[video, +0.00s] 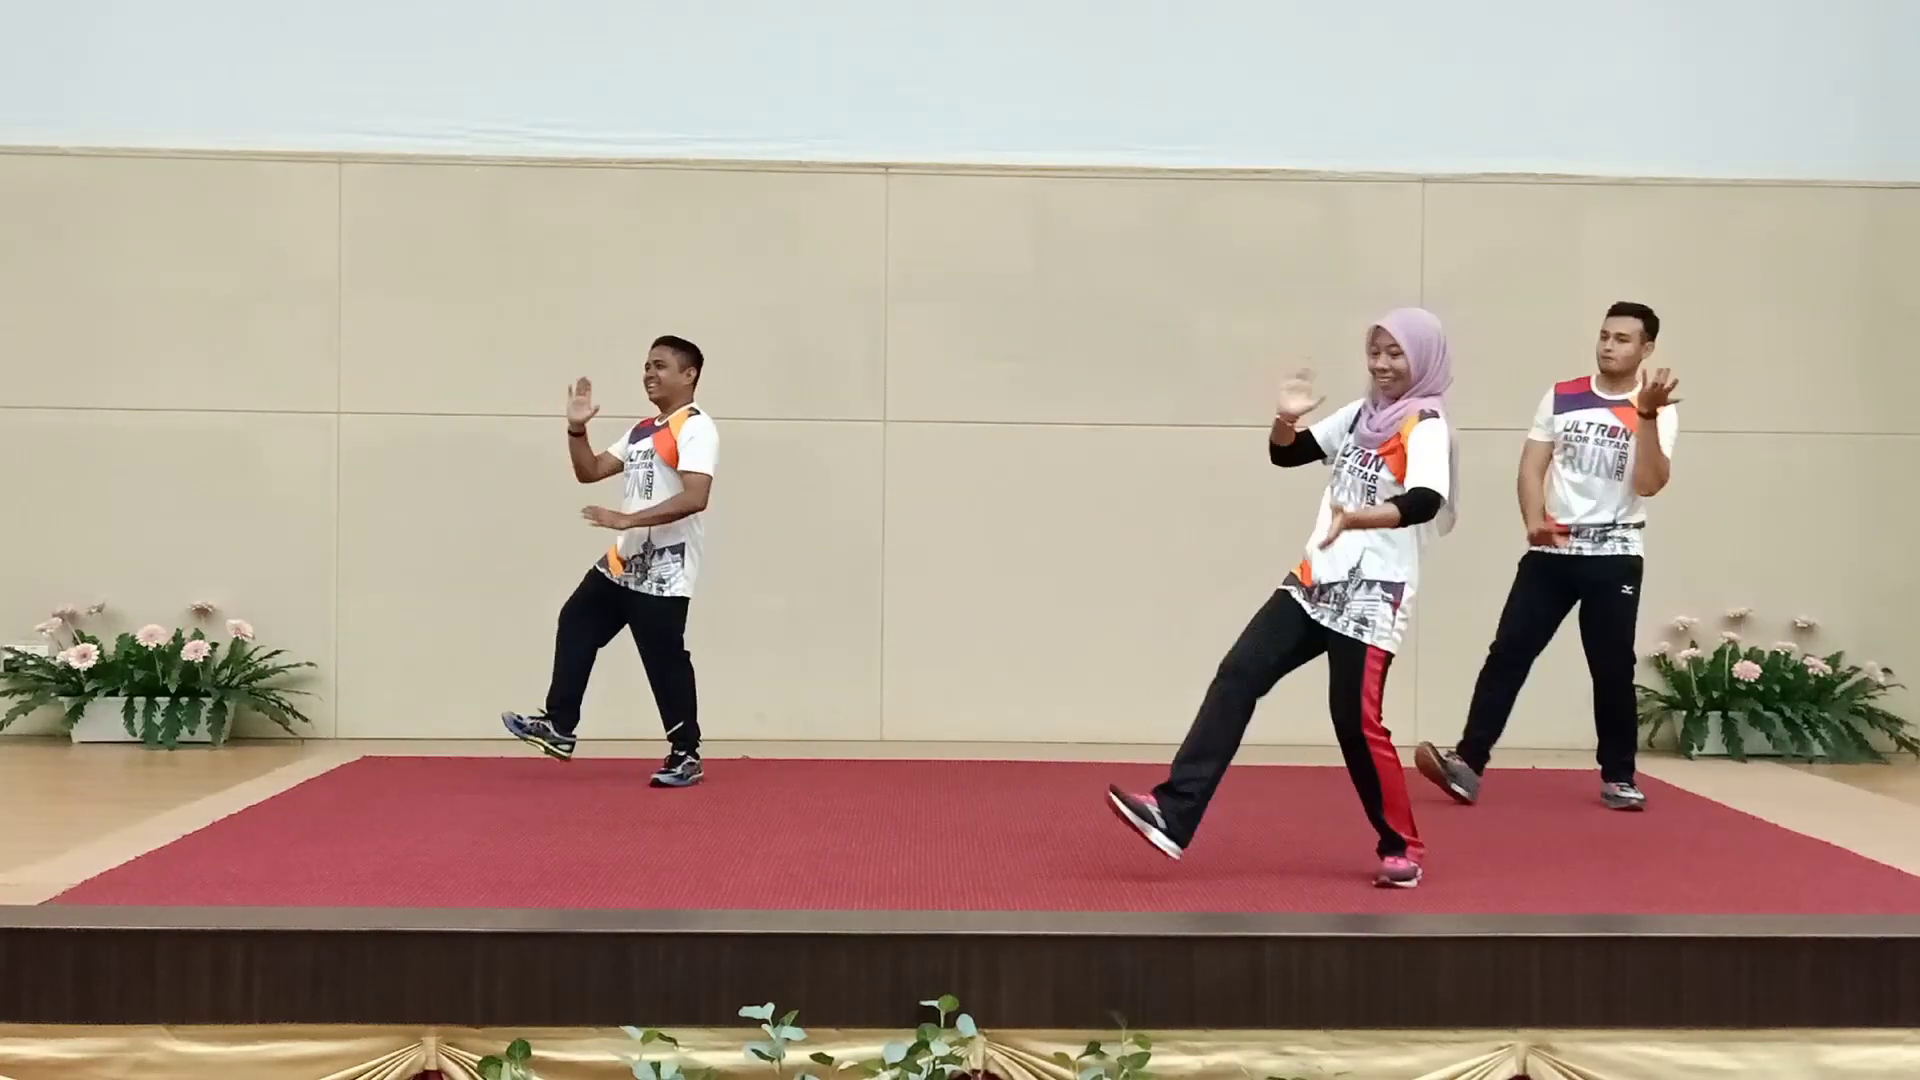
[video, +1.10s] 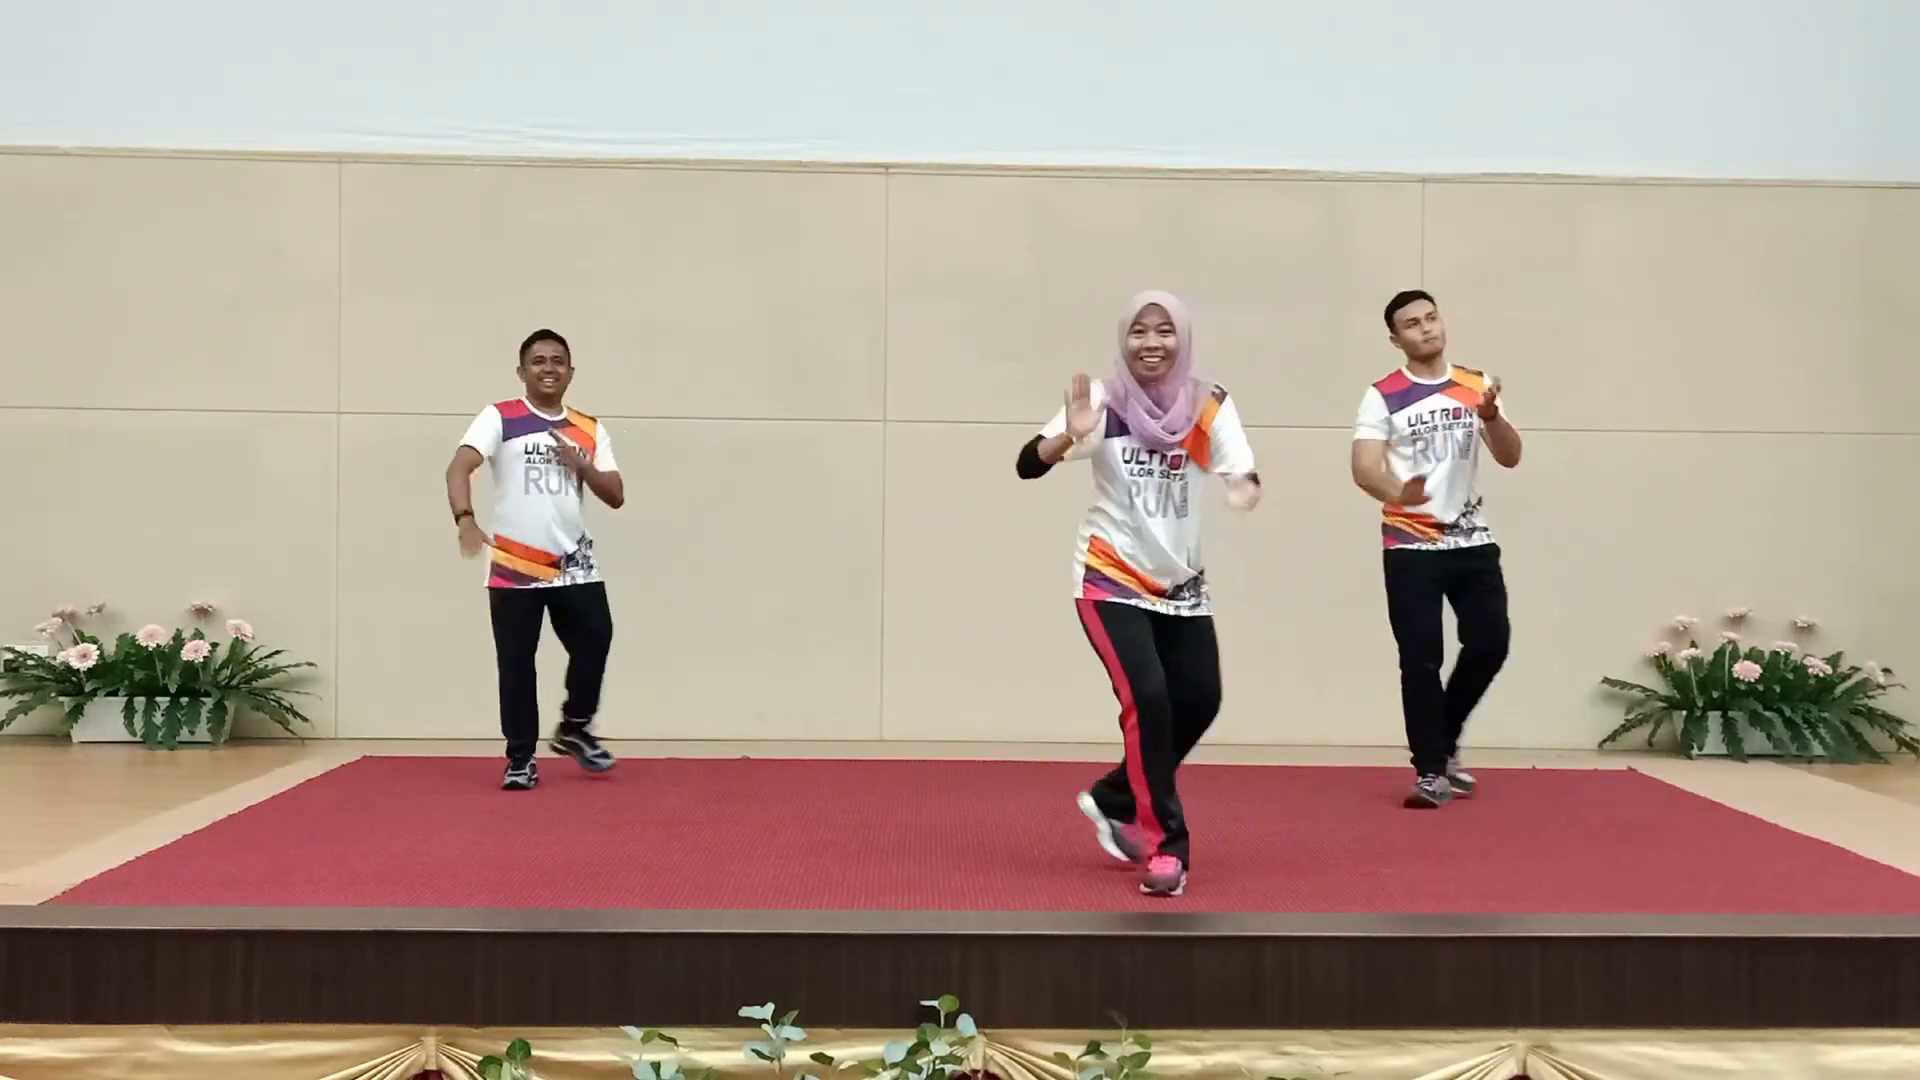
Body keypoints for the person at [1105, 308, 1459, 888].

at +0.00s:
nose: (1382, 362)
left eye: (1395, 353)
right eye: (1376, 351)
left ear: (1425, 361)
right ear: (1368, 356)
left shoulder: (1426, 424)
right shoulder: (1361, 412)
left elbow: (1424, 502)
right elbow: (1287, 455)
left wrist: (1358, 517)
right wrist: (1285, 424)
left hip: (1374, 594)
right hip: (1316, 583)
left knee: (1357, 719)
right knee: (1239, 674)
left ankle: (1401, 848)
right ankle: (1174, 816)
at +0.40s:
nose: (1351, 322)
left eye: (1366, 313)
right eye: (1346, 312)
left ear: (1393, 328)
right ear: (1335, 322)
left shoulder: (1404, 398)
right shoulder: (1309, 375)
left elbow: (1420, 468)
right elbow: (1234, 420)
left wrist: (1368, 425)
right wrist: (1220, 399)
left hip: (1364, 576)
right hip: (1293, 564)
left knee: (1366, 711)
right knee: (1234, 680)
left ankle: (1397, 845)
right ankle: (1190, 827)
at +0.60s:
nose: (1305, 310)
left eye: (1319, 300)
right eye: (1296, 300)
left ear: (1344, 315)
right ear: (1282, 314)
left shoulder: (1366, 380)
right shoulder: (1258, 370)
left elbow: (1404, 441)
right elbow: (1199, 421)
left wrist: (1365, 374)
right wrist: (1168, 439)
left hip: (1334, 564)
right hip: (1258, 557)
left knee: (1353, 701)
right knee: (1220, 684)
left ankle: (1392, 843)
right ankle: (1181, 828)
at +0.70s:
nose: (1273, 322)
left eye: (1286, 313)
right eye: (1263, 313)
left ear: (1307, 327)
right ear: (1248, 328)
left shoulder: (1327, 391)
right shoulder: (1223, 387)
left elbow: (1381, 450)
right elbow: (1171, 445)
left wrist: (1338, 375)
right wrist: (1143, 485)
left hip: (1306, 573)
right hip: (1227, 569)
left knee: (1340, 707)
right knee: (1205, 701)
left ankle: (1390, 844)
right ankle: (1176, 842)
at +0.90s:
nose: (1205, 345)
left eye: (1219, 334)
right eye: (1194, 334)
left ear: (1239, 346)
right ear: (1179, 346)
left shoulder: (1264, 410)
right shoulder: (1156, 407)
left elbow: (1309, 487)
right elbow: (1103, 480)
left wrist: (1274, 418)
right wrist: (1096, 516)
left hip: (1235, 581)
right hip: (1159, 578)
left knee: (1277, 700)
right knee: (1168, 701)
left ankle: (1319, 832)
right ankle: (1170, 846)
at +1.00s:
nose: (1180, 345)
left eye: (1193, 335)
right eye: (1167, 335)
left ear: (1212, 345)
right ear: (1152, 346)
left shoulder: (1234, 409)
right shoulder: (1129, 403)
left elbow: (1279, 494)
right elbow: (1081, 460)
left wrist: (1258, 446)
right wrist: (1070, 471)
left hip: (1205, 582)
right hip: (1134, 579)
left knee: (1243, 693)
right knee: (1158, 697)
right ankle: (1171, 843)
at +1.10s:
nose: (1151, 342)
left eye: (1164, 331)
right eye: (1139, 332)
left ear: (1183, 341)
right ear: (1123, 342)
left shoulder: (1207, 404)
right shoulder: (1100, 401)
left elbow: (1240, 469)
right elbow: (1025, 466)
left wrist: (1243, 486)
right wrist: (1066, 438)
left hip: (1180, 583)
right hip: (1111, 576)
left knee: (1200, 701)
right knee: (1147, 696)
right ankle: (1169, 847)